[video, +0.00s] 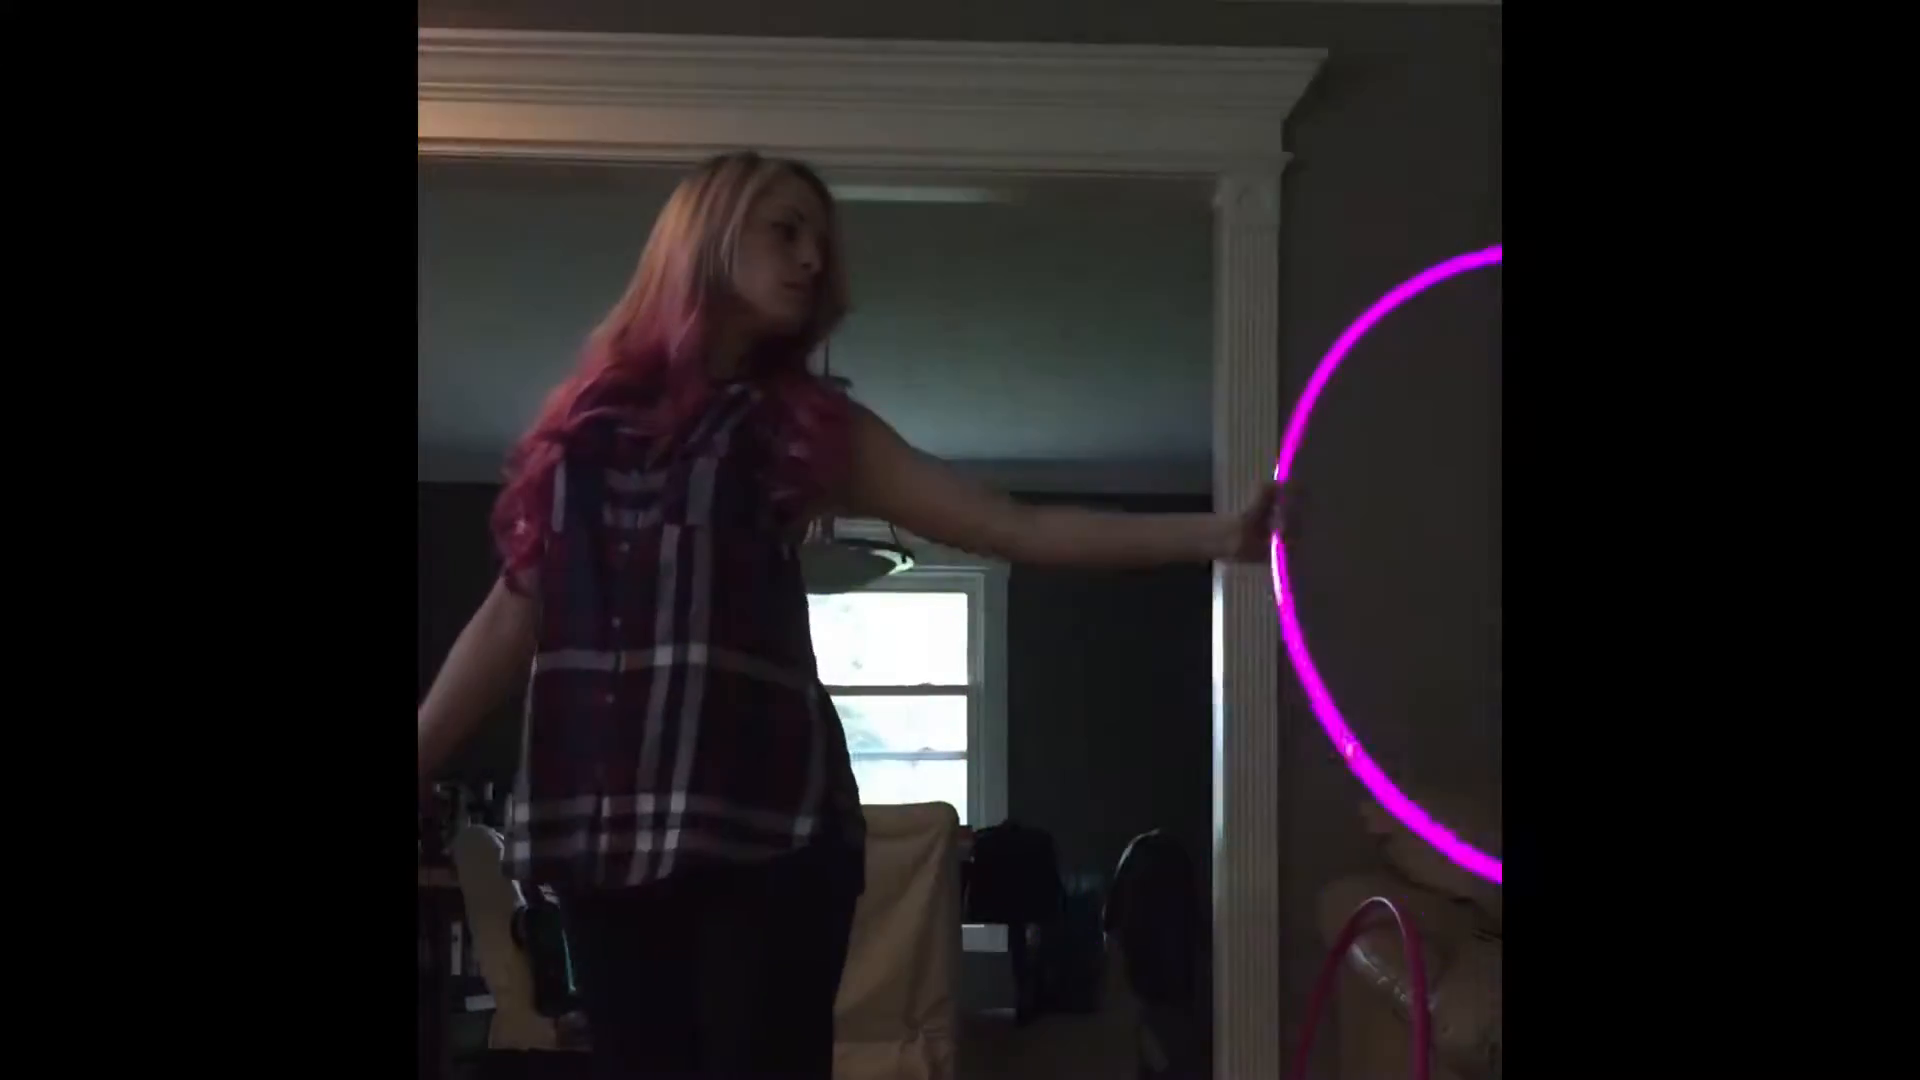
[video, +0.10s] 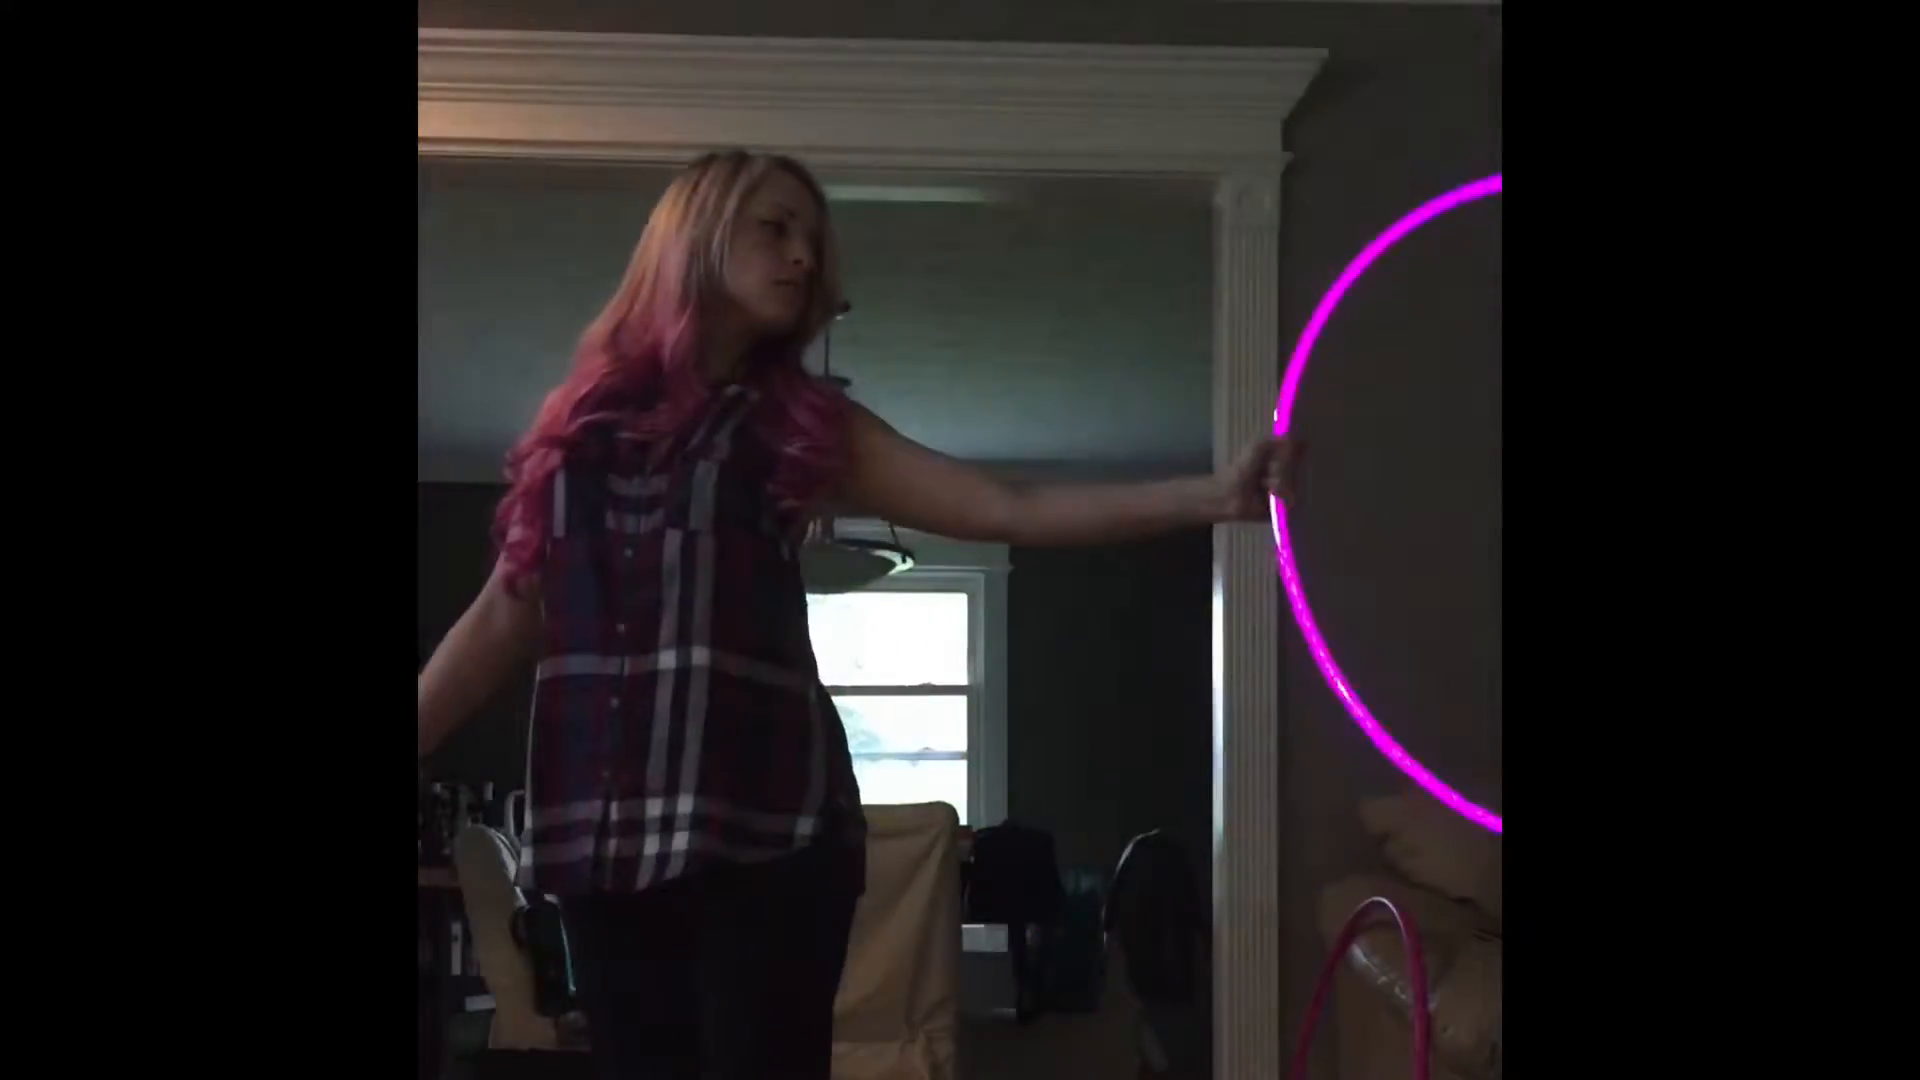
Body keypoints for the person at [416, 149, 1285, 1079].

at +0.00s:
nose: (811, 254)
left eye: (820, 240)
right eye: (784, 227)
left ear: (821, 271)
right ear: (706, 239)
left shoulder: (807, 419)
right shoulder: (584, 424)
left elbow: (1010, 526)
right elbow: (509, 619)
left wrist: (1217, 532)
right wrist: (419, 758)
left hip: (772, 836)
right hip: (599, 840)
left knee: (769, 1064)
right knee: (635, 1062)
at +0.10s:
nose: (803, 252)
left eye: (813, 237)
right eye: (773, 227)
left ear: (820, 265)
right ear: (696, 244)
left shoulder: (797, 417)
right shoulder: (580, 426)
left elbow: (1003, 508)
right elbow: (502, 623)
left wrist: (1216, 495)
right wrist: (409, 743)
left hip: (775, 838)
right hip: (604, 844)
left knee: (767, 1065)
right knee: (640, 1063)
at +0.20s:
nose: (789, 253)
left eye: (800, 239)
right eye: (761, 226)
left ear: (808, 267)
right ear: (686, 242)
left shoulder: (799, 417)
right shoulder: (579, 423)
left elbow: (988, 513)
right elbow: (488, 626)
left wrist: (1194, 486)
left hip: (781, 836)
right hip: (611, 843)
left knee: (771, 1063)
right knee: (642, 1063)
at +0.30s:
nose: (778, 252)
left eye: (793, 238)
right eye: (748, 228)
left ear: (805, 267)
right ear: (678, 243)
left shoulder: (810, 419)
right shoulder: (590, 418)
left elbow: (967, 532)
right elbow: (488, 612)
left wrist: (1124, 502)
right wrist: (416, 683)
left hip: (793, 833)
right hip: (625, 835)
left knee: (781, 1059)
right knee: (648, 1056)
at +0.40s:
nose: (771, 250)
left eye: (789, 233)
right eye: (740, 227)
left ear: (810, 259)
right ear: (679, 249)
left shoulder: (835, 418)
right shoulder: (595, 423)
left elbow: (926, 551)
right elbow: (517, 605)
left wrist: (992, 528)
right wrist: (462, 613)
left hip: (804, 835)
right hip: (633, 835)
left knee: (801, 1059)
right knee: (658, 1061)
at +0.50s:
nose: (768, 247)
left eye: (788, 226)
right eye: (742, 223)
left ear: (815, 246)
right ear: (691, 245)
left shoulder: (853, 412)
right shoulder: (610, 425)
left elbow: (905, 579)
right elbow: (534, 616)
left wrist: (850, 548)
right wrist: (545, 518)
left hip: (814, 822)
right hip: (645, 821)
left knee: (818, 1058)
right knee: (667, 1063)